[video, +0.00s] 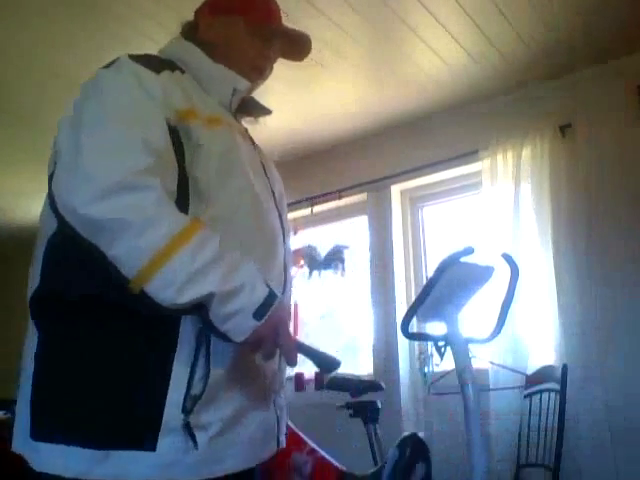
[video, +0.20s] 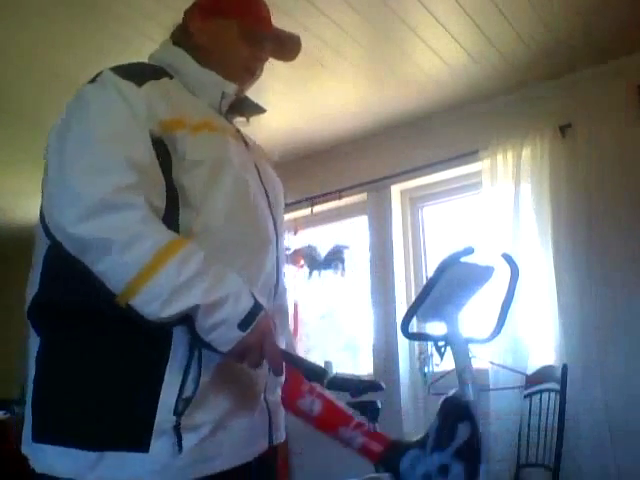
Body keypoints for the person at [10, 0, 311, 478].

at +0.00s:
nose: (270, 57)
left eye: (276, 46)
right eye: (261, 36)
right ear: (210, 20)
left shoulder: (243, 142)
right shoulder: (129, 85)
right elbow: (111, 206)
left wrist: (278, 309)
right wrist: (249, 306)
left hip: (234, 436)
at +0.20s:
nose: (262, 56)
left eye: (267, 46)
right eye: (251, 37)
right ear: (198, 22)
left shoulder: (249, 149)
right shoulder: (120, 95)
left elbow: (262, 279)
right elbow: (100, 219)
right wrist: (229, 311)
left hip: (241, 437)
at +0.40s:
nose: (265, 69)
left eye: (270, 59)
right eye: (256, 49)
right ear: (206, 34)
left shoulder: (263, 155)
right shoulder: (123, 101)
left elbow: (274, 274)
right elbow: (85, 208)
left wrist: (319, 346)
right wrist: (211, 304)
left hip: (253, 437)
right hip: (145, 441)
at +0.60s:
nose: (281, 96)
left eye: (287, 88)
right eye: (272, 77)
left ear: (288, 96)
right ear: (229, 64)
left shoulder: (286, 178)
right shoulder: (149, 128)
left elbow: (298, 292)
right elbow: (104, 220)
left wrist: (348, 367)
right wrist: (216, 304)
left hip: (267, 441)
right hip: (165, 444)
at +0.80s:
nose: (304, 114)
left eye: (308, 105)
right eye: (298, 98)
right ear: (262, 87)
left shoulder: (298, 185)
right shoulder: (185, 136)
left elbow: (309, 297)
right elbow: (143, 222)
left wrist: (342, 374)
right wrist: (245, 301)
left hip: (283, 436)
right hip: (190, 437)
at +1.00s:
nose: (329, 143)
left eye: (334, 134)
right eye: (325, 127)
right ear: (295, 115)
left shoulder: (314, 208)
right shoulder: (213, 149)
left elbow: (311, 319)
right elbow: (169, 227)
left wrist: (335, 396)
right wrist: (252, 308)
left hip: (282, 445)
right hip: (190, 440)